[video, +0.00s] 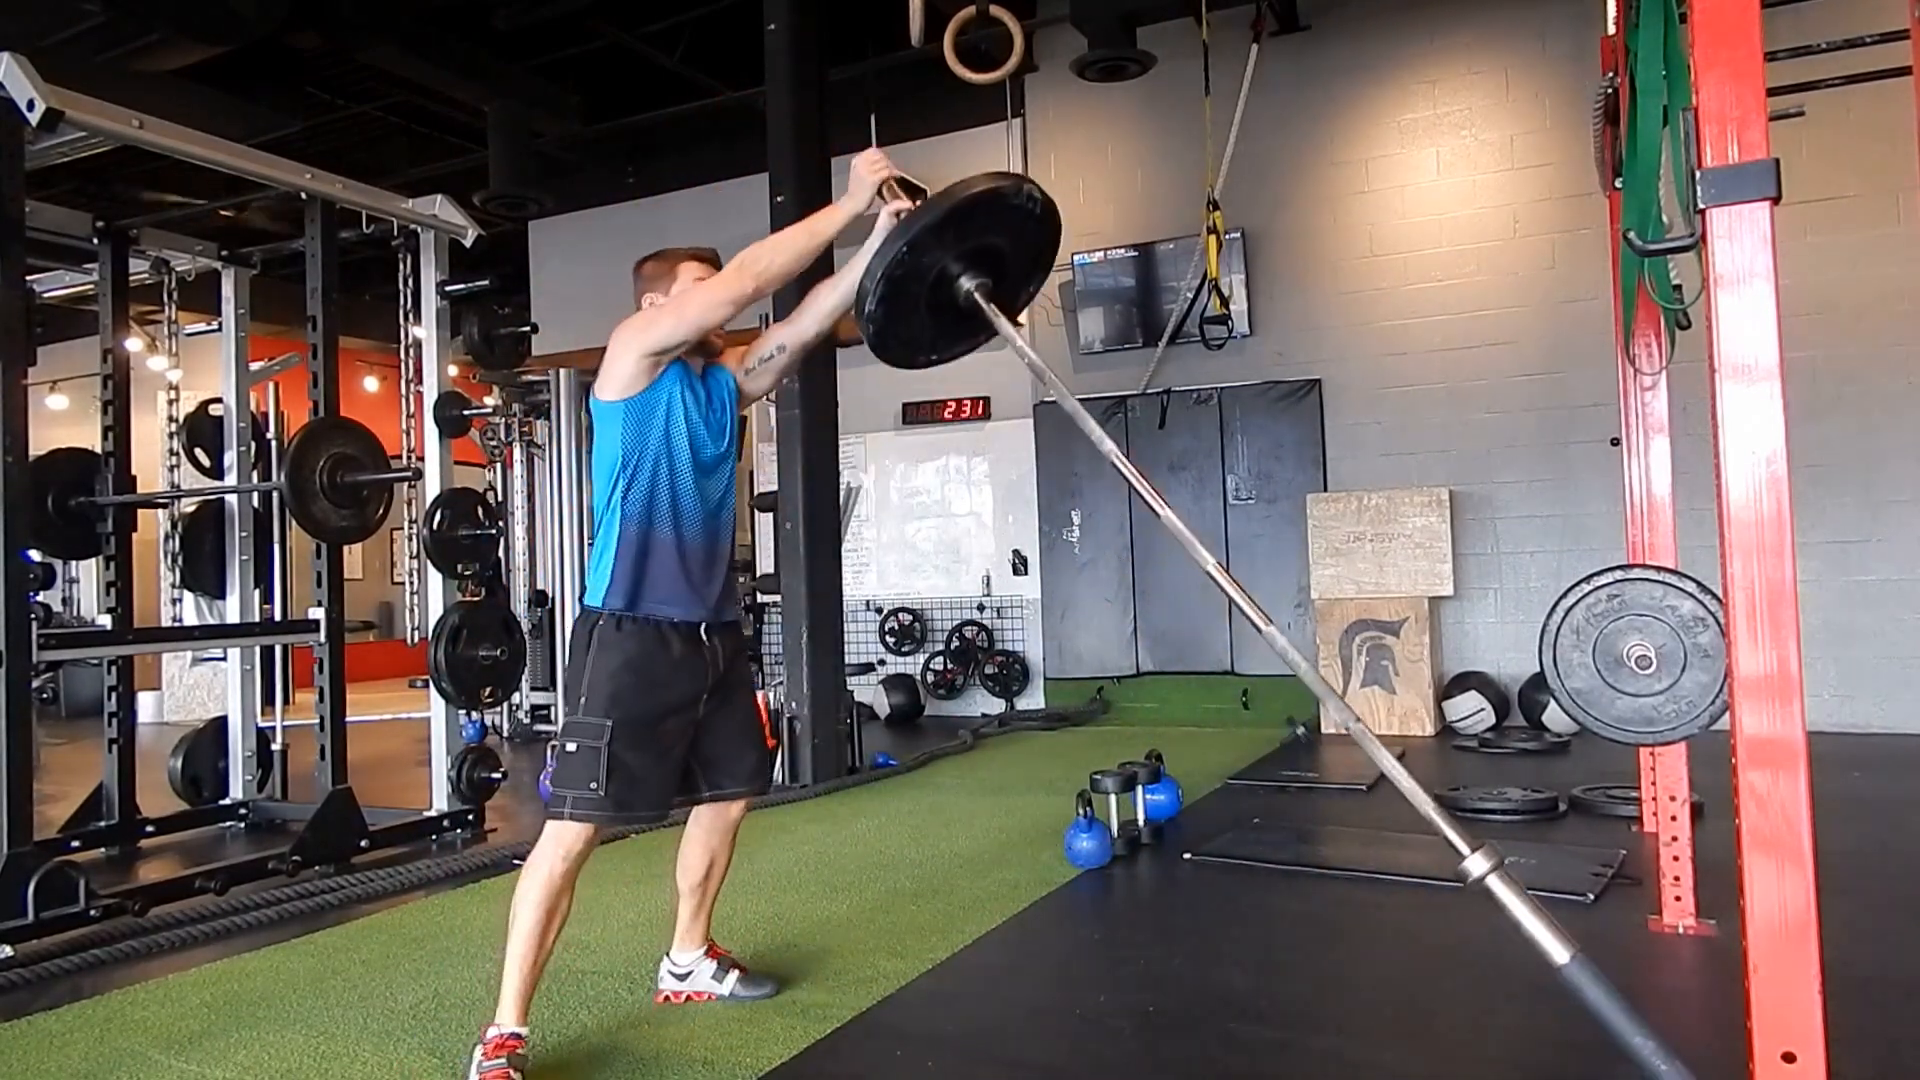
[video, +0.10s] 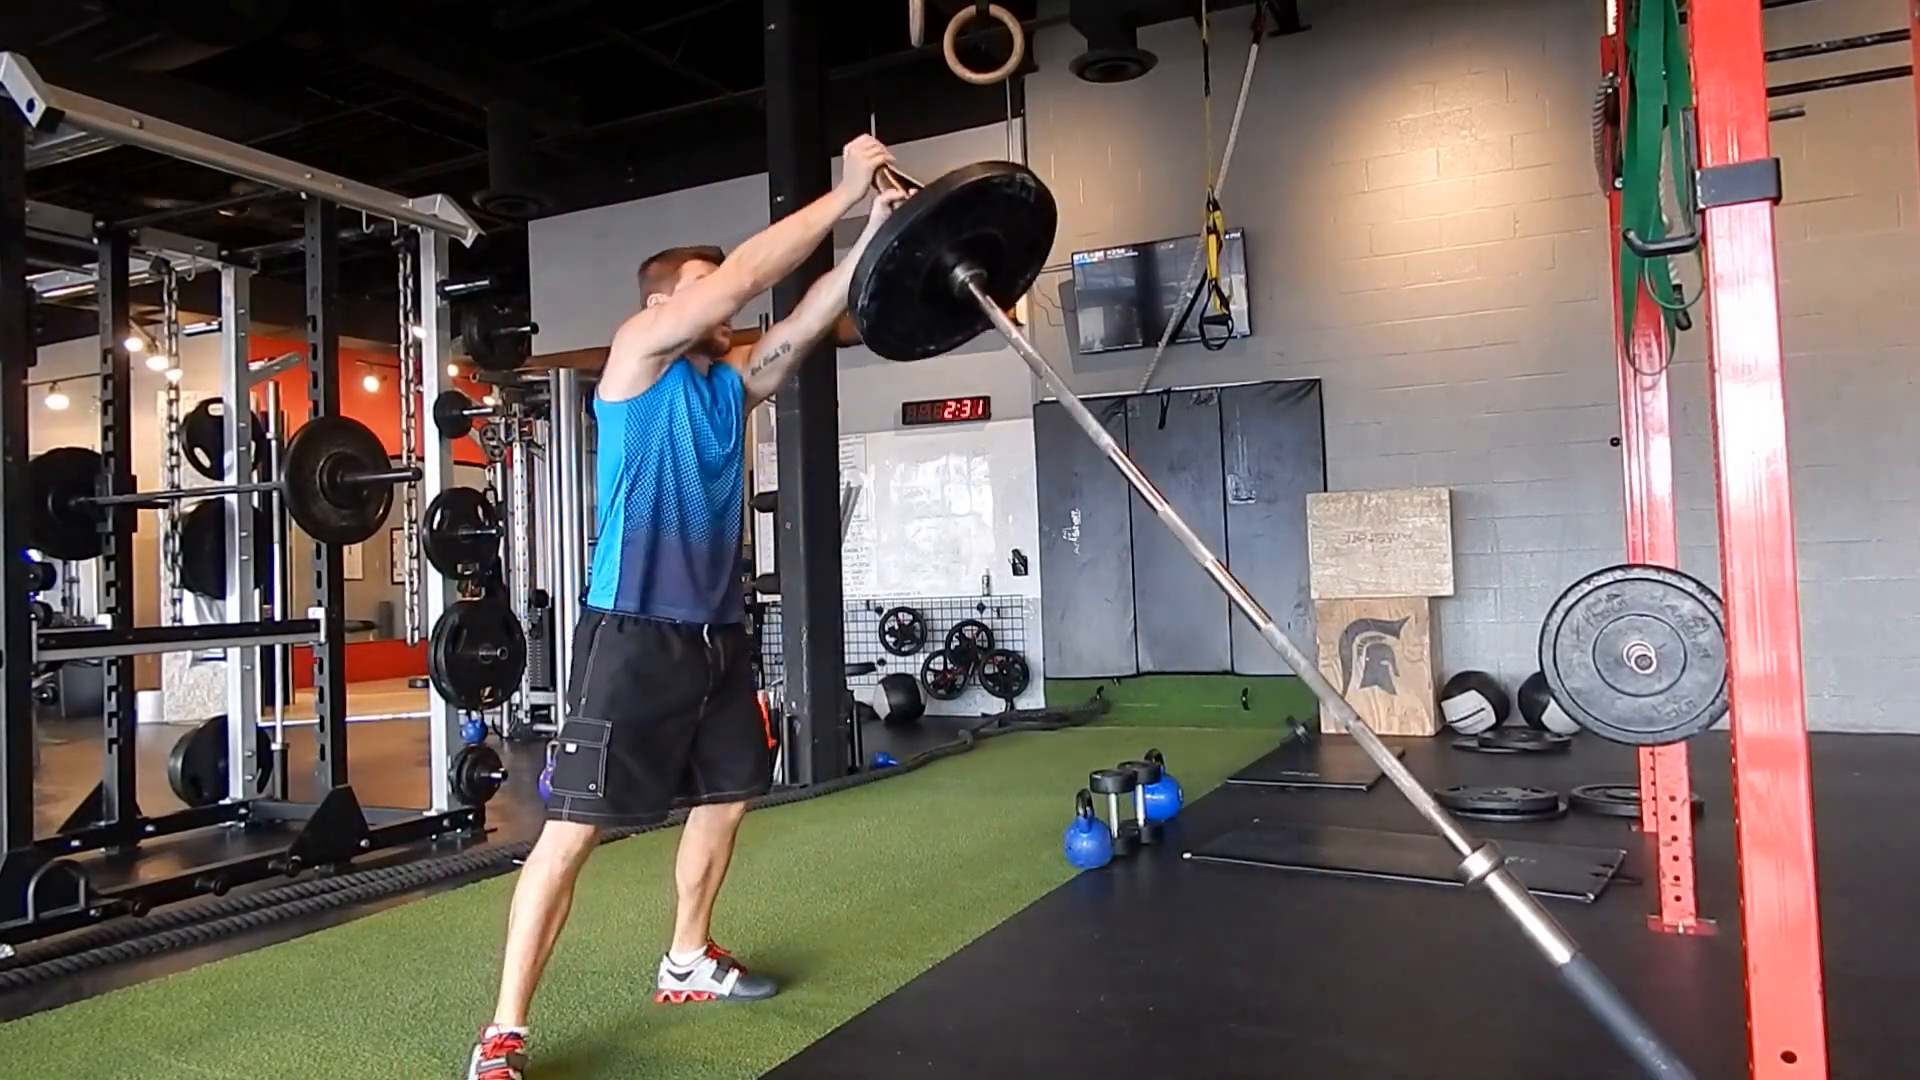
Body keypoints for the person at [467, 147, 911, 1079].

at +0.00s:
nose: (721, 288)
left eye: (720, 279)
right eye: (705, 278)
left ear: (708, 296)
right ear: (657, 296)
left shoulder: (728, 371)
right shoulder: (630, 349)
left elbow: (809, 320)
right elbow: (738, 288)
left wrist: (877, 239)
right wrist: (848, 201)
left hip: (712, 634)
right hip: (627, 633)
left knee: (728, 788)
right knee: (576, 823)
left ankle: (687, 959)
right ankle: (507, 1027)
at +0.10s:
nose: (721, 287)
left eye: (720, 277)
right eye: (705, 278)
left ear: (714, 295)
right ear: (661, 298)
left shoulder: (735, 379)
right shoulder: (635, 353)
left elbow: (808, 323)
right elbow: (735, 282)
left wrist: (870, 234)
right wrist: (839, 196)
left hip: (718, 638)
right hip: (631, 635)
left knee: (726, 791)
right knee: (576, 825)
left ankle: (686, 959)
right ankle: (506, 1028)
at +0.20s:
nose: (722, 289)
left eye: (721, 278)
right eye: (706, 280)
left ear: (713, 295)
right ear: (660, 298)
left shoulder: (736, 376)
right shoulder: (632, 354)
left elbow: (809, 322)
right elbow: (731, 280)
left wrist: (872, 225)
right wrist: (836, 187)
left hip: (720, 639)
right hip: (634, 636)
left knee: (725, 791)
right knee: (578, 826)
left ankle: (685, 959)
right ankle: (505, 1030)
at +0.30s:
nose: (720, 285)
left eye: (719, 275)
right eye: (705, 276)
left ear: (709, 293)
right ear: (659, 295)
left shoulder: (733, 379)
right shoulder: (627, 355)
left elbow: (809, 326)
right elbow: (726, 277)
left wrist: (872, 226)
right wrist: (830, 181)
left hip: (721, 639)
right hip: (635, 638)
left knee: (727, 792)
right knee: (580, 826)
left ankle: (685, 959)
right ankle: (505, 1030)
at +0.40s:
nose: (711, 289)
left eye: (711, 278)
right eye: (695, 280)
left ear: (705, 297)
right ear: (649, 301)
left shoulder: (733, 381)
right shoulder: (618, 364)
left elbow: (814, 325)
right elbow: (716, 277)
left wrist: (868, 226)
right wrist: (817, 181)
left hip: (721, 642)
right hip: (632, 641)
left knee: (731, 795)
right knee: (579, 828)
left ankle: (686, 959)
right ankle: (505, 1029)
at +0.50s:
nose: (704, 299)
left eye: (704, 288)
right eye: (685, 288)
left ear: (702, 305)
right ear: (640, 304)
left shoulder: (730, 385)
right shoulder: (609, 368)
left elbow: (810, 334)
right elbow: (692, 284)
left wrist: (853, 236)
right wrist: (787, 191)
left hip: (724, 644)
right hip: (632, 644)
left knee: (735, 798)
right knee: (577, 825)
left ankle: (685, 960)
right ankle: (505, 1028)